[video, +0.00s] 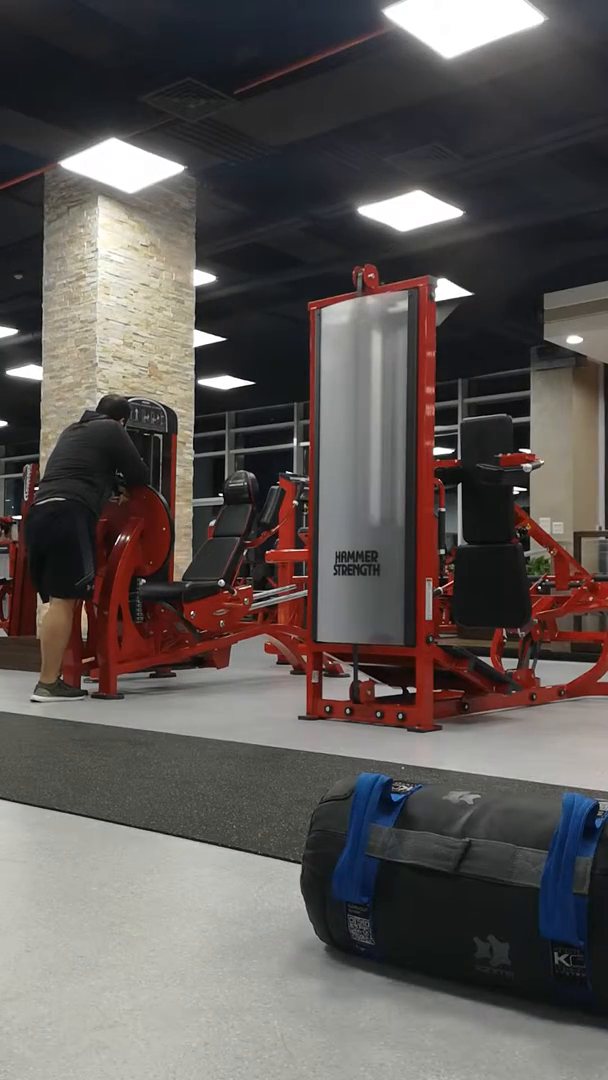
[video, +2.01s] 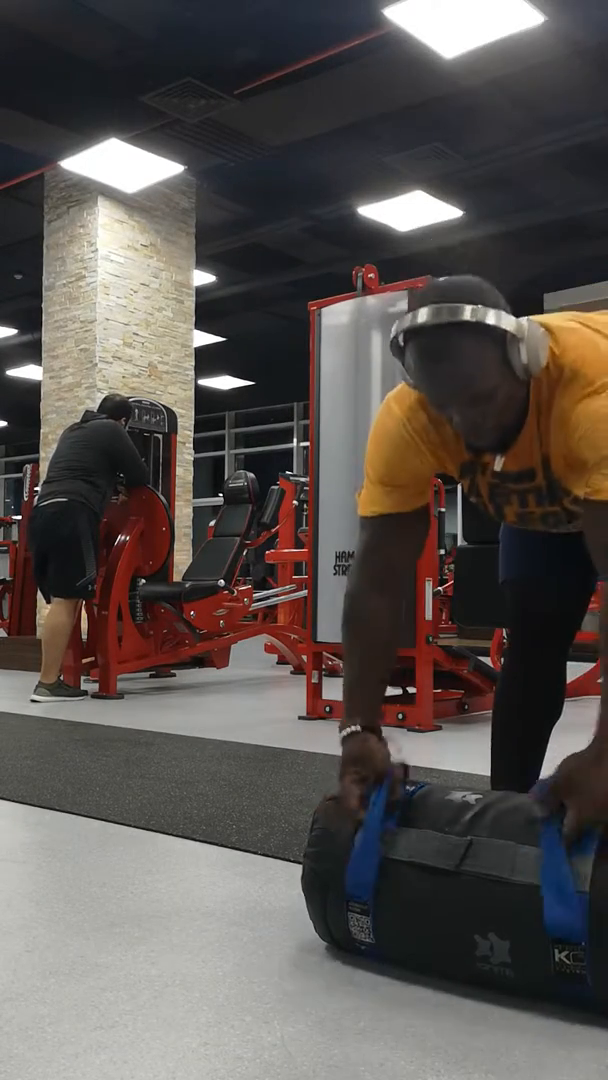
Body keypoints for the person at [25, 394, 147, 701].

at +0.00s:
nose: (125, 427)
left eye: (124, 423)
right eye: (126, 423)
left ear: (98, 413)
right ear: (121, 420)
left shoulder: (71, 430)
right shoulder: (113, 430)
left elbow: (78, 468)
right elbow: (140, 478)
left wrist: (111, 487)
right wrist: (118, 479)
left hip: (39, 512)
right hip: (66, 511)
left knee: (57, 600)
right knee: (61, 601)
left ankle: (50, 679)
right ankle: (48, 682)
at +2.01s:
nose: (126, 427)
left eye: (126, 423)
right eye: (127, 423)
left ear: (99, 414)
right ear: (122, 419)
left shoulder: (71, 431)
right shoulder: (113, 431)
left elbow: (77, 469)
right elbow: (141, 478)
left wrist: (111, 484)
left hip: (43, 512)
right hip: (69, 511)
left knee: (61, 600)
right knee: (65, 601)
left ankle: (52, 678)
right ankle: (48, 682)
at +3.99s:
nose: (125, 427)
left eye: (124, 424)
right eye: (126, 423)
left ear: (98, 414)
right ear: (121, 420)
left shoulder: (71, 431)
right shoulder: (112, 430)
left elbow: (77, 471)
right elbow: (141, 478)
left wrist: (111, 485)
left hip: (45, 512)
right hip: (70, 511)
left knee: (74, 602)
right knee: (59, 600)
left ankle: (54, 677)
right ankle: (47, 682)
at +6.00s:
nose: (121, 424)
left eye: (121, 420)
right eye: (122, 419)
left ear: (91, 413)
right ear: (116, 417)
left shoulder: (69, 431)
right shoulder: (111, 431)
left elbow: (75, 470)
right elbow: (140, 478)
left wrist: (109, 486)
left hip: (41, 512)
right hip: (69, 511)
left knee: (60, 601)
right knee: (63, 601)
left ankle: (52, 679)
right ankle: (48, 682)